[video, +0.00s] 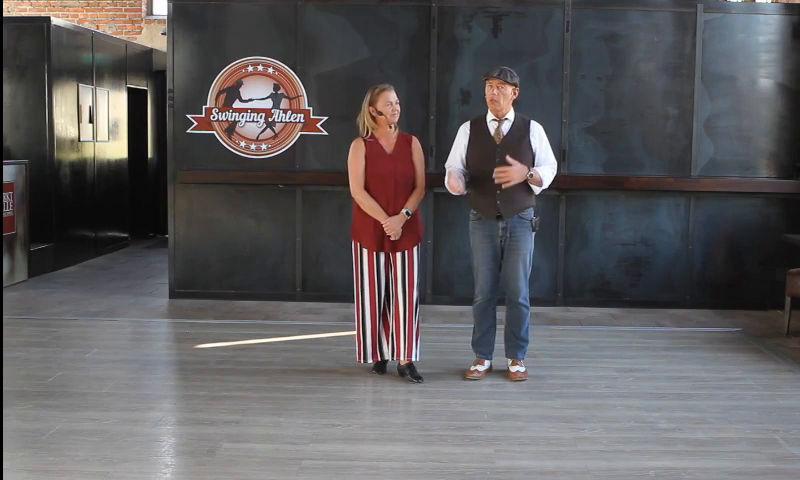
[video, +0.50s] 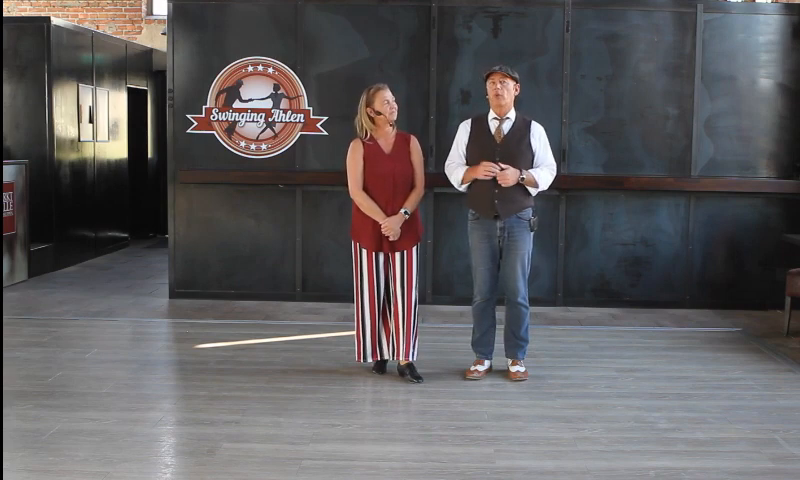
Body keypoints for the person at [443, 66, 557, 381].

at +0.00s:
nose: (495, 94)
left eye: (501, 88)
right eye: (491, 88)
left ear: (514, 93)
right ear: (485, 92)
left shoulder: (531, 129)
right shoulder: (469, 129)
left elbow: (549, 170)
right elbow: (454, 166)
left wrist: (527, 173)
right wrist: (455, 179)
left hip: (520, 220)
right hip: (481, 220)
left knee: (516, 292)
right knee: (483, 292)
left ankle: (516, 358)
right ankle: (482, 358)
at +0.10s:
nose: (494, 92)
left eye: (500, 87)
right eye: (490, 86)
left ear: (514, 92)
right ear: (485, 91)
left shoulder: (531, 129)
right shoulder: (468, 129)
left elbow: (549, 168)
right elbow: (455, 168)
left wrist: (527, 176)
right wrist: (454, 185)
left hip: (520, 220)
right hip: (481, 220)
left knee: (516, 293)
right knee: (483, 292)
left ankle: (516, 358)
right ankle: (482, 358)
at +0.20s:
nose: (495, 91)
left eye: (501, 86)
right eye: (491, 86)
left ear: (514, 91)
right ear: (485, 91)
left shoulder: (531, 128)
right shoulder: (468, 128)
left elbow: (549, 168)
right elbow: (455, 167)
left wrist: (528, 175)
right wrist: (455, 184)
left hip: (519, 219)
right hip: (480, 219)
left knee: (516, 293)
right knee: (483, 292)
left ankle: (516, 358)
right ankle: (482, 358)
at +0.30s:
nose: (495, 89)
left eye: (501, 84)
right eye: (491, 84)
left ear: (514, 90)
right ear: (485, 90)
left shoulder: (531, 128)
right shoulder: (468, 128)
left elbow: (550, 167)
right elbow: (451, 166)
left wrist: (527, 174)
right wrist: (457, 177)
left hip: (519, 219)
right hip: (480, 220)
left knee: (516, 292)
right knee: (483, 292)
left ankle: (516, 359)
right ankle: (482, 358)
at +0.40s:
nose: (497, 88)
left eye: (503, 84)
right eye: (492, 84)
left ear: (514, 90)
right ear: (485, 90)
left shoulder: (532, 129)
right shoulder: (468, 128)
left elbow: (549, 169)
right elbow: (451, 172)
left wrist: (525, 175)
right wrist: (464, 173)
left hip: (519, 220)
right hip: (480, 220)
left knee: (516, 293)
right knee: (483, 292)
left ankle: (516, 358)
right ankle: (482, 358)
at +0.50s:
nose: (498, 88)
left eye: (503, 83)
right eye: (493, 84)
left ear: (515, 89)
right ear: (486, 90)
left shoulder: (532, 129)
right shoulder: (469, 127)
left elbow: (548, 171)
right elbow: (452, 169)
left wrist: (520, 176)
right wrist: (472, 172)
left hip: (519, 220)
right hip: (480, 220)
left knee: (516, 292)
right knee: (482, 292)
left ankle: (516, 358)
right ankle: (482, 358)